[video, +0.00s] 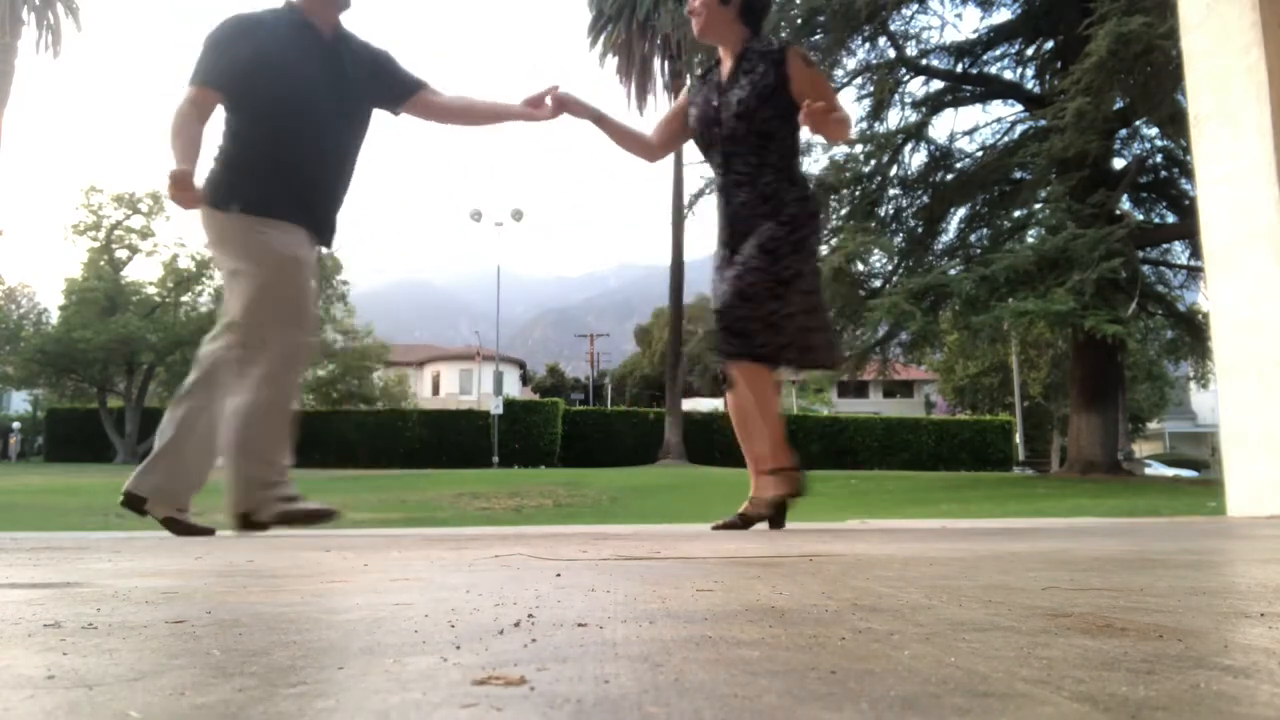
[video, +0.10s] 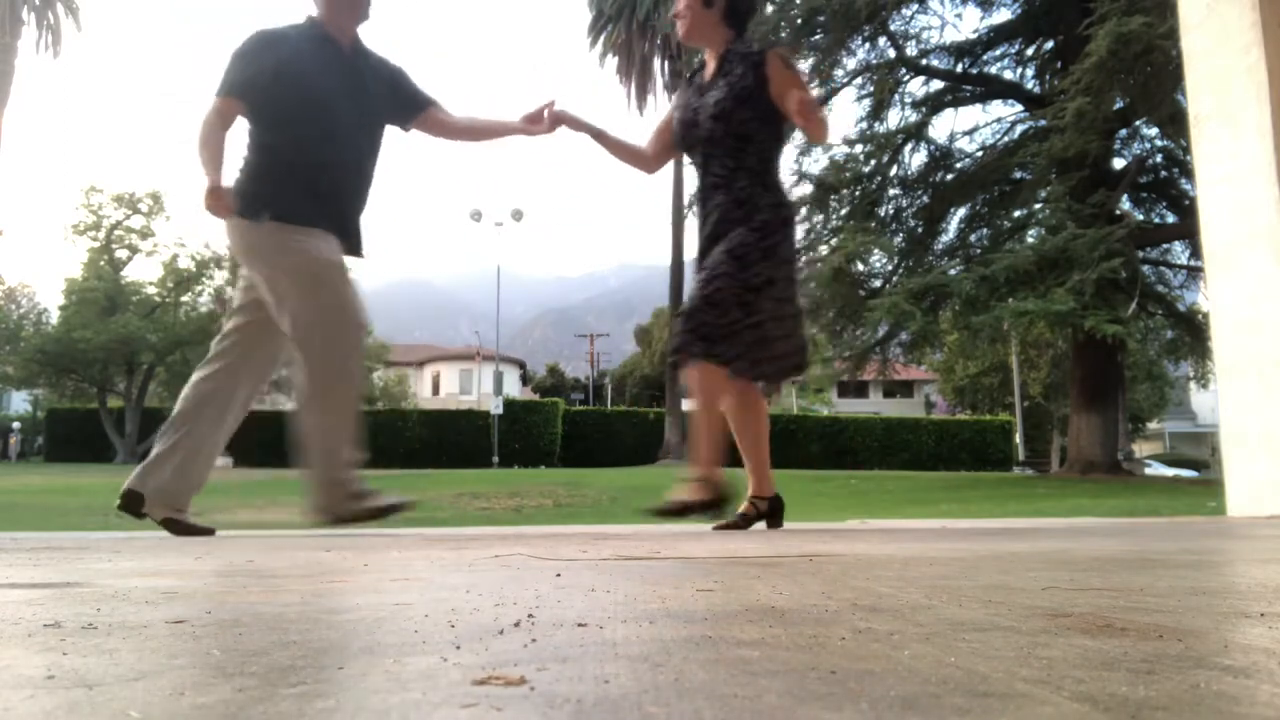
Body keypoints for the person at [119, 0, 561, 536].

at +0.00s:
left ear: (342, 2)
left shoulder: (365, 61)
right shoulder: (249, 31)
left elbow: (436, 104)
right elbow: (194, 107)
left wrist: (521, 111)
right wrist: (184, 169)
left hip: (295, 228)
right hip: (245, 214)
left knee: (234, 353)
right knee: (284, 346)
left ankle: (159, 488)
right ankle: (260, 499)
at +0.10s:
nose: (362, 5)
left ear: (366, 6)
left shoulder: (377, 74)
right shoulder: (271, 47)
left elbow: (443, 123)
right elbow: (216, 122)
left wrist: (521, 126)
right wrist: (213, 181)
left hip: (309, 229)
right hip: (271, 220)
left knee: (239, 364)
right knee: (335, 338)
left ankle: (158, 490)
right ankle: (338, 494)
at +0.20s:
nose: (390, 14)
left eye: (393, 6)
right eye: (379, 4)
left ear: (397, 13)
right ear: (350, 7)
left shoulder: (402, 92)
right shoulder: (310, 63)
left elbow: (454, 155)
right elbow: (255, 145)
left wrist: (517, 157)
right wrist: (260, 199)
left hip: (344, 247)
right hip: (309, 239)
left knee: (242, 367)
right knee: (379, 354)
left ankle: (157, 489)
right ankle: (412, 500)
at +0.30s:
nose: (434, 10)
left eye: (433, 2)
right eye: (424, 2)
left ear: (418, 12)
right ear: (391, 7)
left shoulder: (432, 90)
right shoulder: (358, 62)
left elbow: (463, 175)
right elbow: (324, 140)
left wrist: (516, 178)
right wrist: (326, 204)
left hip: (389, 251)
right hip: (365, 246)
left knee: (323, 372)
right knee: (421, 360)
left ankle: (192, 471)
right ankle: (422, 505)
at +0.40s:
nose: (473, 3)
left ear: (442, 7)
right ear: (439, 2)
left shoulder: (466, 83)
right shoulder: (402, 50)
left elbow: (480, 174)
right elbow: (379, 130)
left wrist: (533, 177)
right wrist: (392, 177)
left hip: (434, 238)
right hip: (397, 228)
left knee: (434, 368)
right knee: (431, 364)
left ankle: (300, 445)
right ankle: (422, 506)